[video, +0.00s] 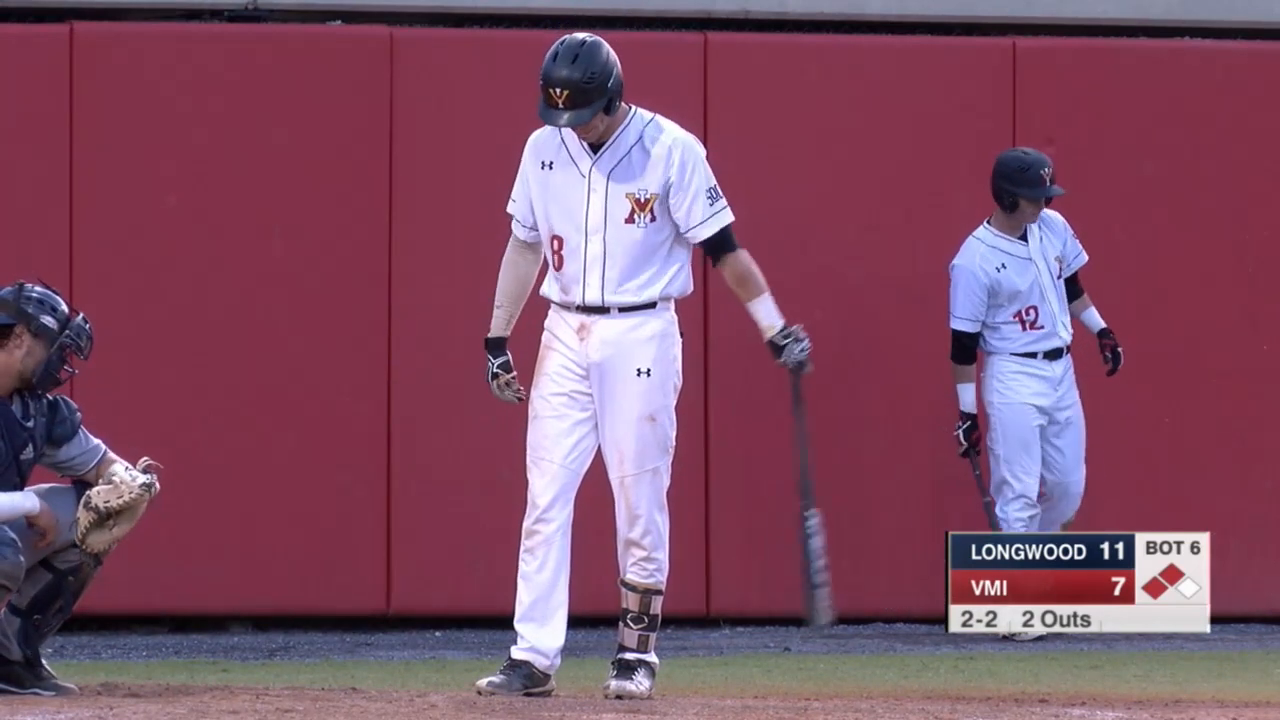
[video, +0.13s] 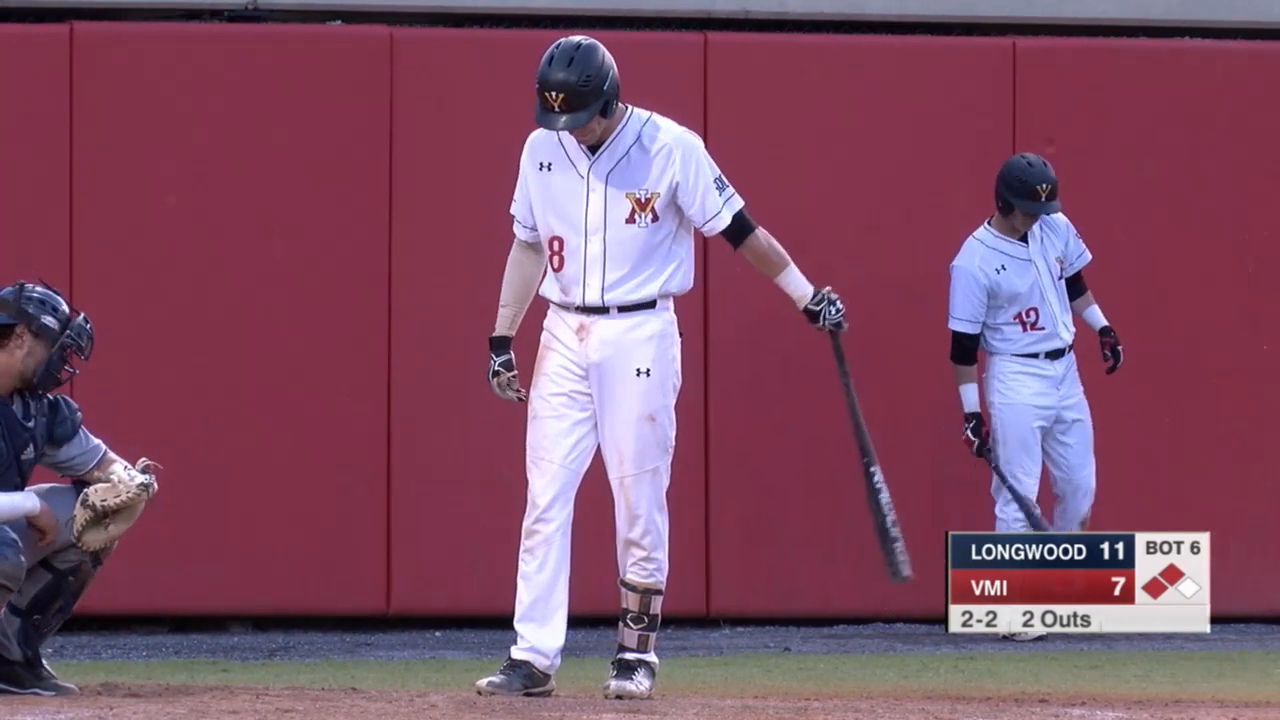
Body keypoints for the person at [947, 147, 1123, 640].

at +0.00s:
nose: (1046, 204)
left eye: (1045, 196)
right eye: (1038, 197)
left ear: (1035, 196)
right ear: (1010, 199)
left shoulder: (1051, 225)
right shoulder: (974, 260)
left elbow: (1070, 287)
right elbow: (963, 346)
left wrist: (1103, 330)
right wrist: (967, 415)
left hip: (1061, 375)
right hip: (1012, 379)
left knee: (1067, 490)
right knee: (1019, 493)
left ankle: (1012, 567)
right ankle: (1008, 600)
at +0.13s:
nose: (1043, 214)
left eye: (1046, 206)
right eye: (1035, 207)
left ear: (1047, 198)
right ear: (1009, 203)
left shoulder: (1055, 227)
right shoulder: (974, 261)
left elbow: (1075, 286)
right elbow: (963, 348)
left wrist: (1104, 329)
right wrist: (971, 414)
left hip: (1065, 376)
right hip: (1014, 381)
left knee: (1079, 486)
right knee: (1018, 494)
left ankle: (1057, 587)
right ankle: (1012, 598)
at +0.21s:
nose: (1044, 219)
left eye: (1047, 210)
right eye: (1036, 212)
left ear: (1049, 201)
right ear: (1010, 206)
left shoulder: (1055, 227)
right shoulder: (974, 262)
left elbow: (1077, 285)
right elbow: (962, 348)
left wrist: (1104, 330)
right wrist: (971, 413)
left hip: (1067, 376)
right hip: (1016, 382)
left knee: (1085, 484)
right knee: (1019, 496)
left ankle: (1071, 592)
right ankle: (1013, 601)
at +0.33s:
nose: (1046, 224)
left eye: (1051, 215)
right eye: (1039, 216)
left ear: (1055, 204)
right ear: (1013, 208)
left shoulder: (1061, 227)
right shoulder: (978, 262)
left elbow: (1083, 286)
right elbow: (967, 344)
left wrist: (1110, 337)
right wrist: (967, 413)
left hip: (1074, 375)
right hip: (1021, 383)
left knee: (1099, 486)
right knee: (1022, 494)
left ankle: (1114, 595)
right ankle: (1015, 604)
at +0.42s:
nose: (1052, 225)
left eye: (1057, 216)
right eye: (1045, 217)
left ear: (1061, 206)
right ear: (1019, 209)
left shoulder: (1067, 229)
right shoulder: (984, 262)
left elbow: (1089, 290)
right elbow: (973, 344)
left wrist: (1116, 341)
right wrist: (978, 413)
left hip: (1079, 376)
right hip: (1026, 384)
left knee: (1112, 485)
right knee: (1024, 498)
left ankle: (1130, 594)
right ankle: (1014, 606)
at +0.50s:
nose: (1059, 226)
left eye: (1063, 217)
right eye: (1051, 218)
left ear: (1067, 207)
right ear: (1026, 210)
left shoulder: (1073, 229)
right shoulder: (989, 261)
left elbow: (1094, 290)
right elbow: (978, 347)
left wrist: (1121, 342)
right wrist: (986, 414)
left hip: (1084, 376)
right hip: (1030, 384)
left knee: (1121, 487)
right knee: (1025, 501)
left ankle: (1146, 591)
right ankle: (1012, 607)